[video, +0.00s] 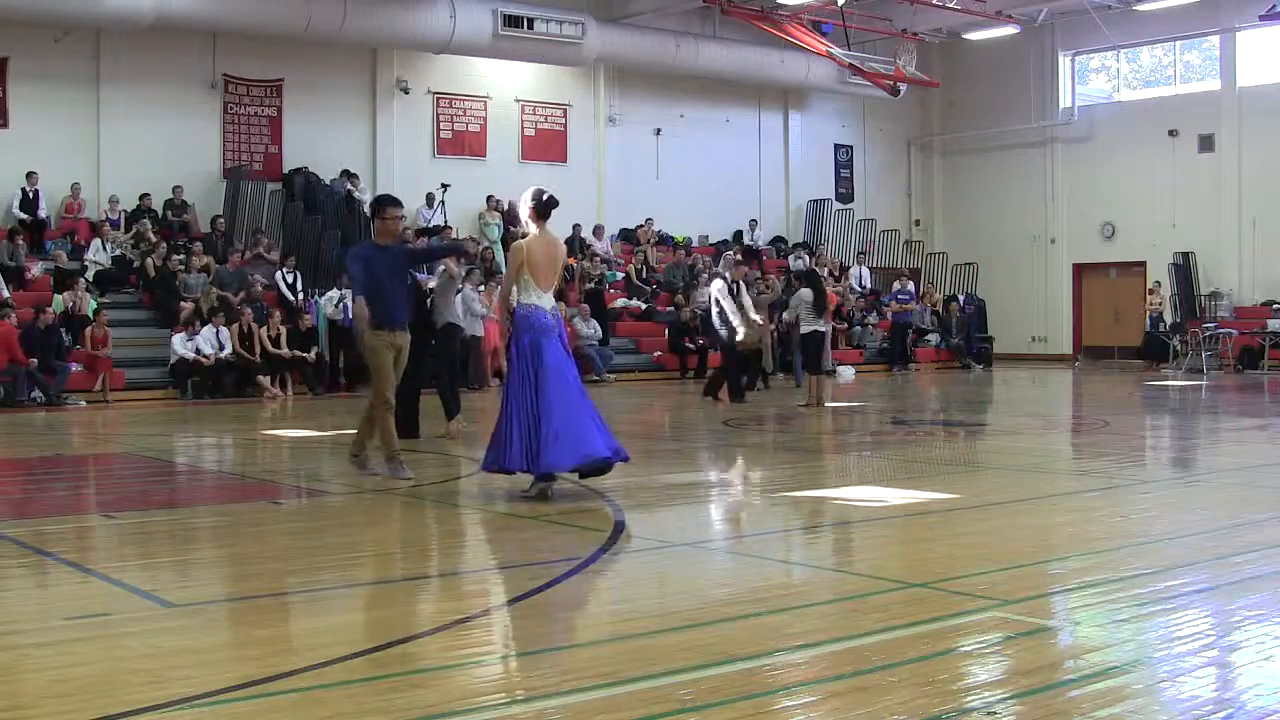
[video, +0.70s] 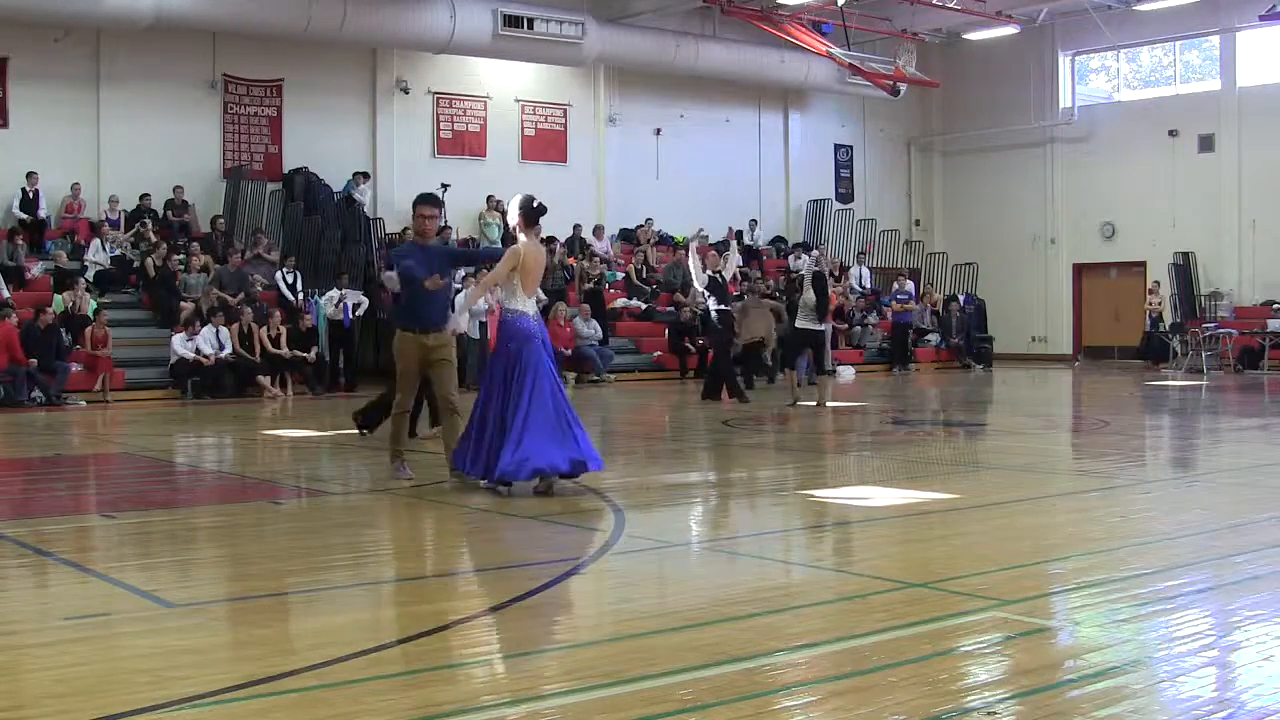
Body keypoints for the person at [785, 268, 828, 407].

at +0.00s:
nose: (801, 282)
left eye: (802, 279)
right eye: (802, 279)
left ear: (805, 279)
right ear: (817, 279)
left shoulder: (801, 293)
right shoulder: (822, 293)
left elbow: (792, 310)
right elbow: (822, 313)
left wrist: (789, 316)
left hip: (807, 331)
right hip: (820, 330)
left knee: (810, 367)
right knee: (818, 367)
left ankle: (811, 398)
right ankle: (820, 398)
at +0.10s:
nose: (800, 282)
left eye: (801, 279)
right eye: (800, 279)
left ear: (806, 279)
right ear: (817, 278)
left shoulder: (804, 291)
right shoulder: (822, 292)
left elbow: (786, 297)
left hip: (808, 331)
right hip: (820, 331)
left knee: (810, 368)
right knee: (817, 368)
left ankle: (811, 398)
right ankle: (820, 398)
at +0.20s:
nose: (804, 283)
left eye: (805, 279)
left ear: (808, 279)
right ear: (818, 278)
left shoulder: (808, 290)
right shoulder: (826, 292)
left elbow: (793, 281)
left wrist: (792, 276)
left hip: (807, 330)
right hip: (821, 330)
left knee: (802, 364)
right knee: (818, 367)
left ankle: (806, 396)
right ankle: (821, 398)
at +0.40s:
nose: (807, 281)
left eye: (808, 279)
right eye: (807, 278)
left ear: (811, 281)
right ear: (822, 280)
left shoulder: (809, 292)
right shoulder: (828, 295)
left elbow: (804, 274)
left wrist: (799, 257)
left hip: (807, 330)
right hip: (821, 331)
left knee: (795, 359)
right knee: (820, 367)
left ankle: (795, 392)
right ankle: (821, 398)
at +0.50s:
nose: (808, 282)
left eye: (809, 280)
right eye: (809, 279)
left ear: (812, 281)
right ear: (824, 282)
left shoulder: (809, 292)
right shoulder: (828, 296)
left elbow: (805, 272)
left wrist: (808, 256)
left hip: (805, 330)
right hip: (820, 331)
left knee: (791, 360)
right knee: (820, 367)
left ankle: (794, 393)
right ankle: (821, 398)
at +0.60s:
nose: (808, 282)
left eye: (810, 279)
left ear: (812, 282)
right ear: (824, 282)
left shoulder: (808, 293)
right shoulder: (827, 297)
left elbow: (808, 273)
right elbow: (826, 316)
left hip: (804, 329)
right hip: (820, 331)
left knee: (790, 361)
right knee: (820, 367)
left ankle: (795, 392)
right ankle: (821, 398)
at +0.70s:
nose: (809, 283)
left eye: (811, 280)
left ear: (813, 283)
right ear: (825, 283)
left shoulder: (808, 294)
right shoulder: (826, 298)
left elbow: (808, 273)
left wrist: (813, 256)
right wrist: (821, 258)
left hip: (801, 330)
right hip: (818, 331)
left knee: (789, 360)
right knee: (820, 367)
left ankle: (795, 393)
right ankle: (821, 399)